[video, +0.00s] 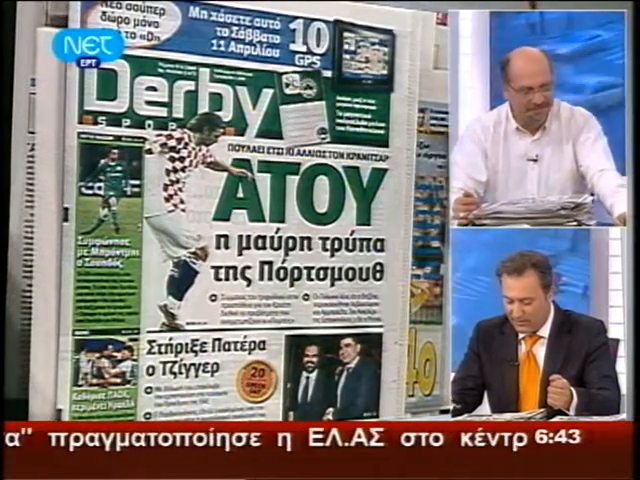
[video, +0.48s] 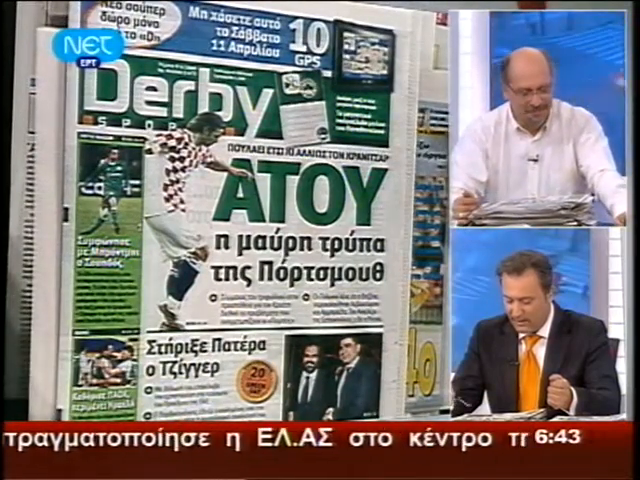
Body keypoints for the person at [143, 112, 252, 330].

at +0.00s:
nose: (215, 141)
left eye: (217, 137)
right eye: (215, 136)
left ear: (206, 132)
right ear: (205, 130)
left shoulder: (199, 149)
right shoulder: (178, 137)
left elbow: (212, 162)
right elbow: (149, 146)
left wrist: (231, 170)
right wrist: (154, 148)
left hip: (166, 209)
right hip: (161, 207)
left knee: (181, 260)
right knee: (200, 251)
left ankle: (171, 317)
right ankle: (172, 304)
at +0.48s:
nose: (215, 141)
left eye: (217, 137)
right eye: (215, 136)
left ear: (206, 132)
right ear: (205, 130)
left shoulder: (199, 149)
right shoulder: (179, 137)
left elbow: (212, 162)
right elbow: (150, 146)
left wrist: (231, 170)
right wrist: (153, 148)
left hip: (166, 209)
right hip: (161, 207)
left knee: (181, 260)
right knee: (200, 251)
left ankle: (171, 317)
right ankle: (172, 304)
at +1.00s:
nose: (215, 141)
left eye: (217, 137)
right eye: (215, 136)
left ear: (206, 132)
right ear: (205, 130)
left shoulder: (199, 149)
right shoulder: (179, 137)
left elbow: (212, 162)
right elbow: (150, 146)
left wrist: (231, 170)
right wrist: (153, 148)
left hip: (166, 209)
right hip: (161, 208)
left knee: (181, 260)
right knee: (200, 251)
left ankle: (171, 317)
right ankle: (172, 304)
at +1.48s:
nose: (215, 141)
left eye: (217, 137)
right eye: (215, 136)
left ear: (206, 132)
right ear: (205, 130)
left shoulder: (199, 149)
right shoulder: (179, 137)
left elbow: (212, 162)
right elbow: (150, 145)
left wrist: (231, 170)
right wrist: (153, 148)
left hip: (167, 209)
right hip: (161, 207)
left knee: (181, 260)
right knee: (200, 251)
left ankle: (171, 317)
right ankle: (172, 304)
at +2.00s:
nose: (216, 141)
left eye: (218, 137)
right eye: (216, 136)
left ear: (206, 132)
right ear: (206, 130)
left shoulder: (199, 149)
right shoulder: (179, 137)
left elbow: (212, 162)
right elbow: (151, 145)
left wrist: (231, 170)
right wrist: (153, 147)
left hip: (165, 208)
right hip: (161, 207)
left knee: (181, 260)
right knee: (200, 251)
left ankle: (171, 317)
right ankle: (172, 304)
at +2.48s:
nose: (215, 141)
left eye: (217, 137)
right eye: (215, 136)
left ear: (207, 132)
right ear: (205, 130)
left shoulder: (199, 150)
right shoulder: (179, 137)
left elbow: (212, 162)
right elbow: (149, 146)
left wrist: (232, 170)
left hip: (165, 209)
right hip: (161, 208)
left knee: (180, 262)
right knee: (200, 251)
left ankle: (170, 317)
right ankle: (172, 304)